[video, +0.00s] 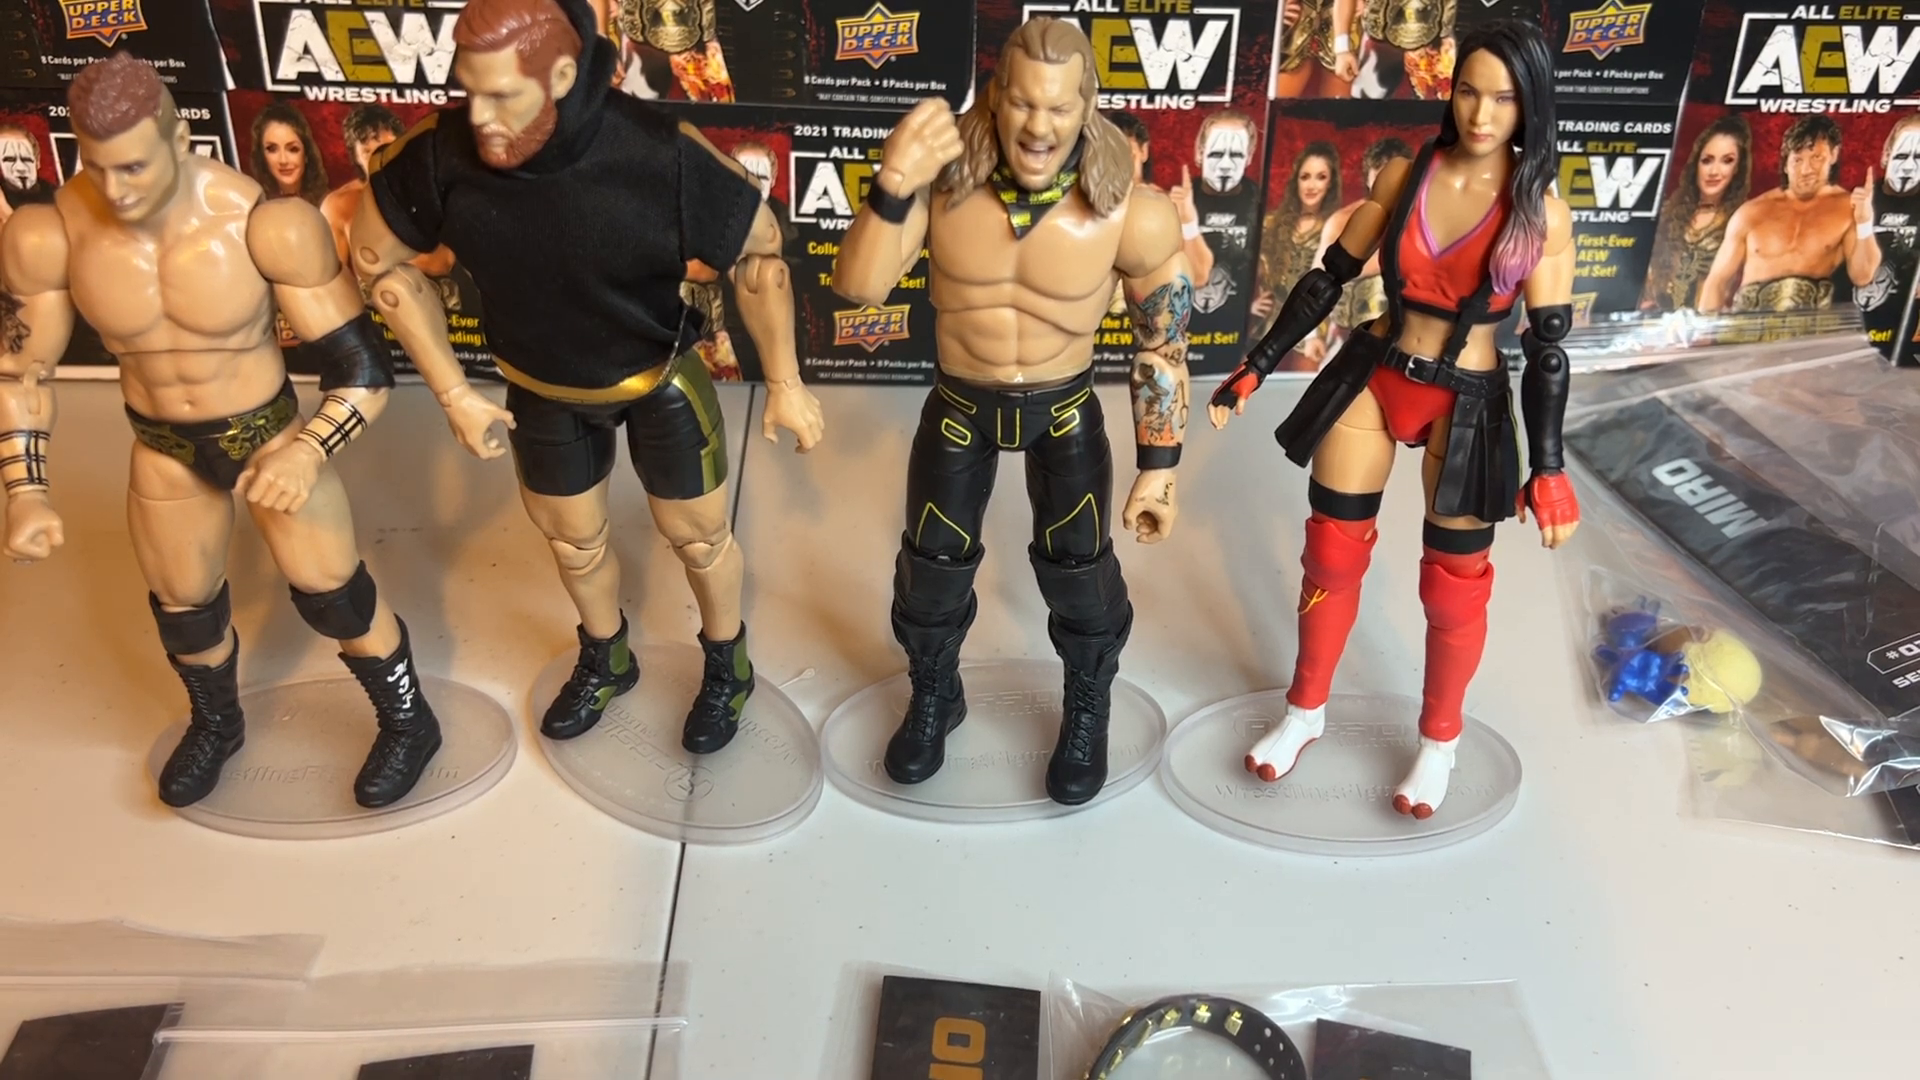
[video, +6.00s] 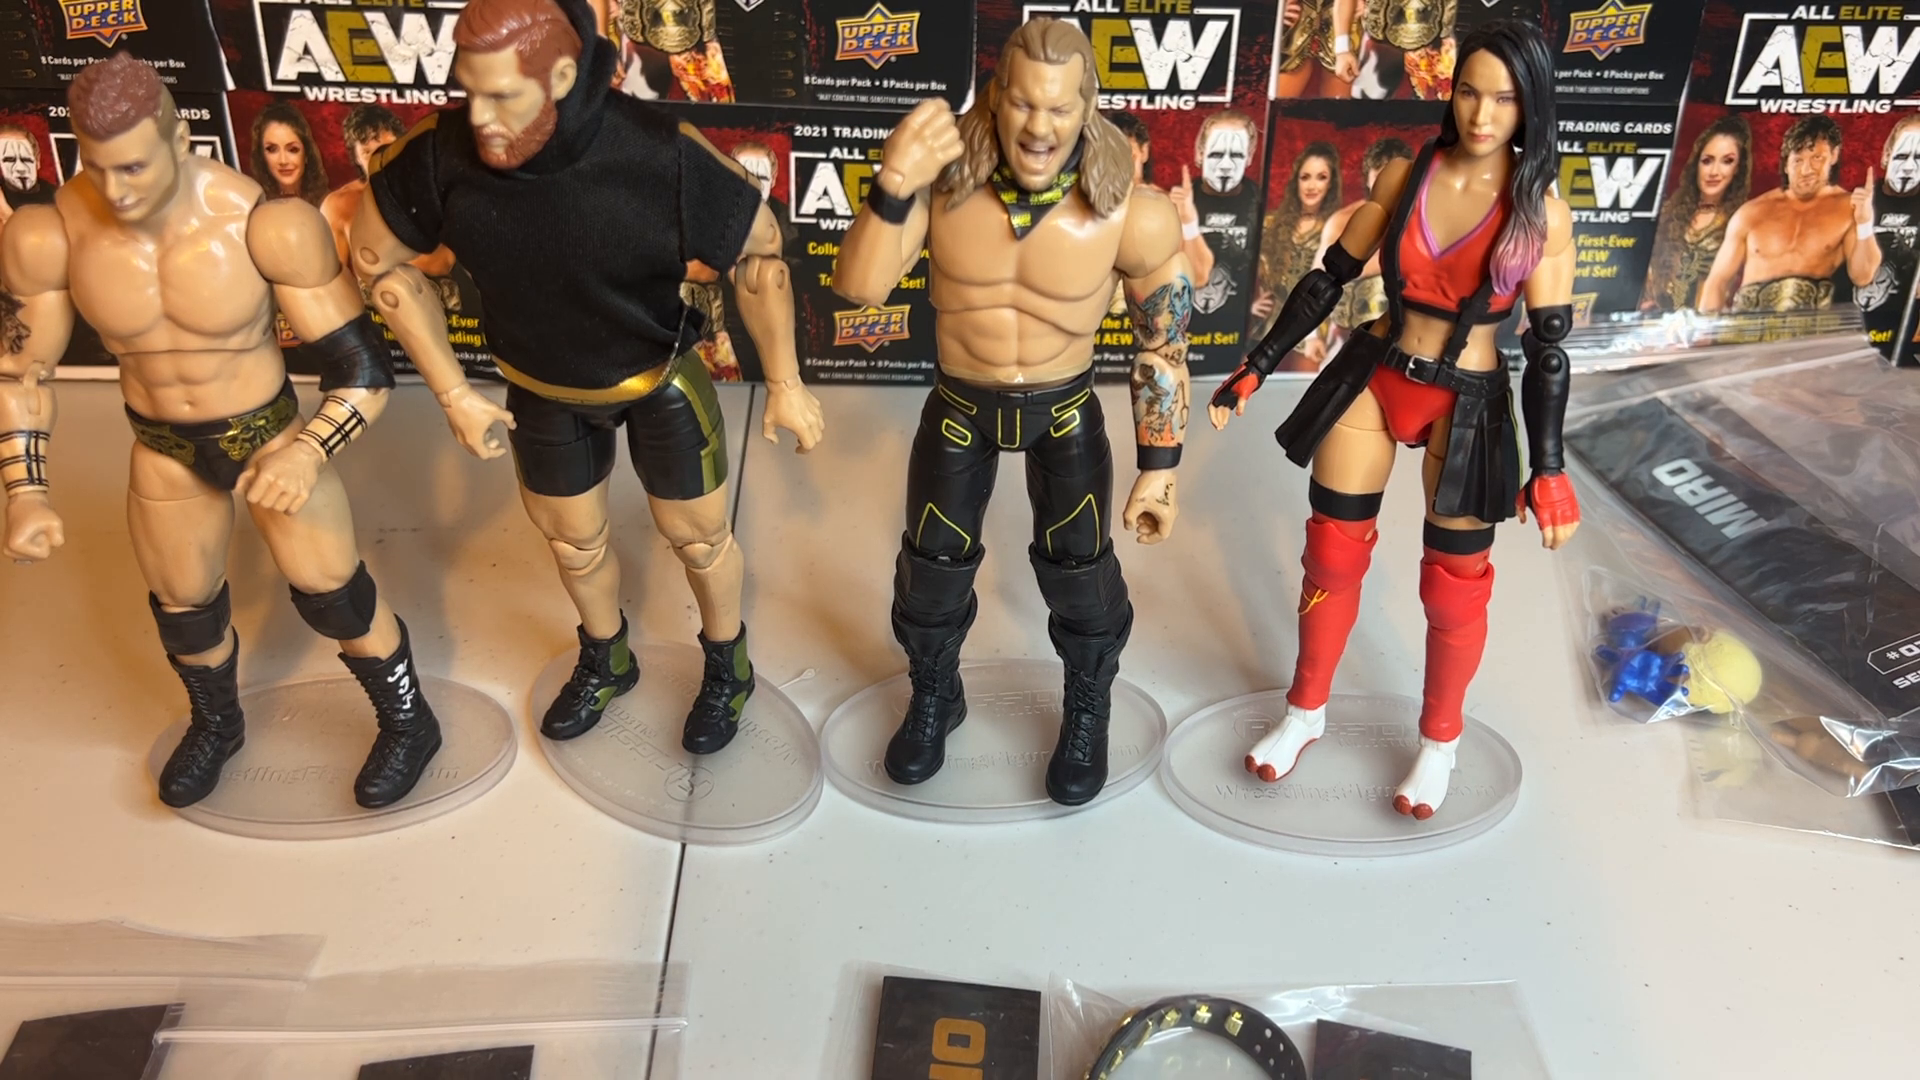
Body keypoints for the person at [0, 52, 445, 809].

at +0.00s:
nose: (118, 188)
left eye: (135, 167)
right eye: (101, 169)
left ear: (179, 138)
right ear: (81, 151)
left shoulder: (268, 225)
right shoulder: (53, 232)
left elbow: (363, 370)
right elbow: (22, 372)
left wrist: (311, 446)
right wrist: (22, 486)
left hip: (269, 441)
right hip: (161, 451)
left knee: (336, 599)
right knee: (186, 617)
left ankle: (409, 721)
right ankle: (216, 722)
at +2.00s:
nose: (118, 188)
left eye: (135, 167)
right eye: (101, 169)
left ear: (179, 139)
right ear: (80, 152)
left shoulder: (268, 225)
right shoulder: (52, 233)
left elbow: (362, 370)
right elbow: (22, 373)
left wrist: (311, 446)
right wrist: (22, 487)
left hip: (268, 441)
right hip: (161, 451)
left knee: (336, 600)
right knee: (186, 617)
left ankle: (409, 722)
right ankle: (217, 722)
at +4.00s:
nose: (118, 188)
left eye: (134, 167)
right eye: (100, 169)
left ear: (178, 138)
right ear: (80, 151)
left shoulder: (268, 225)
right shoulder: (54, 232)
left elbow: (363, 370)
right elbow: (23, 371)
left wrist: (311, 446)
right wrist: (21, 487)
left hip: (269, 441)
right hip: (161, 452)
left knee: (336, 600)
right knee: (186, 617)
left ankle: (409, 722)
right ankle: (216, 722)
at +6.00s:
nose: (118, 188)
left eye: (134, 167)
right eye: (100, 169)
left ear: (178, 138)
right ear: (80, 150)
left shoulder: (268, 225)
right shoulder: (52, 233)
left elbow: (362, 370)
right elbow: (23, 372)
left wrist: (312, 446)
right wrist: (22, 486)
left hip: (269, 440)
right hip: (161, 451)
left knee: (336, 598)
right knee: (186, 616)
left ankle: (408, 721)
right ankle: (216, 723)